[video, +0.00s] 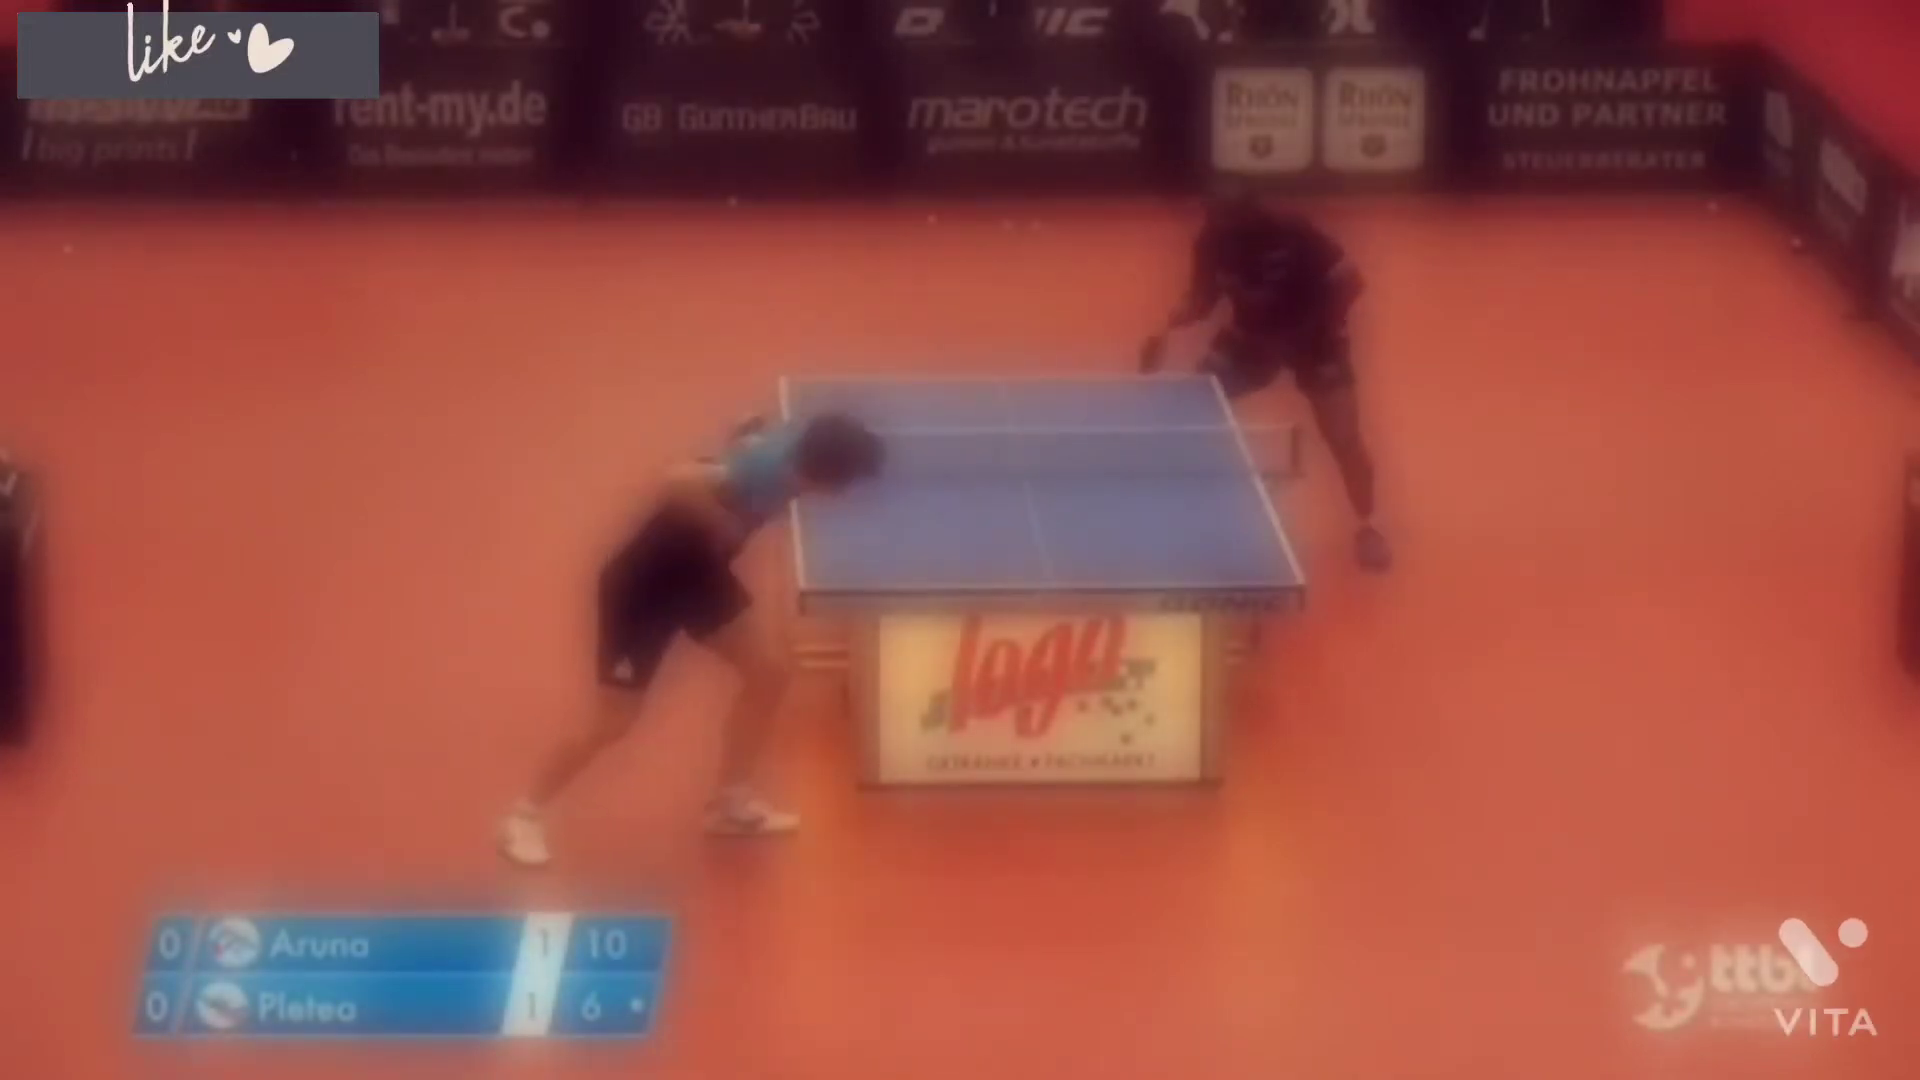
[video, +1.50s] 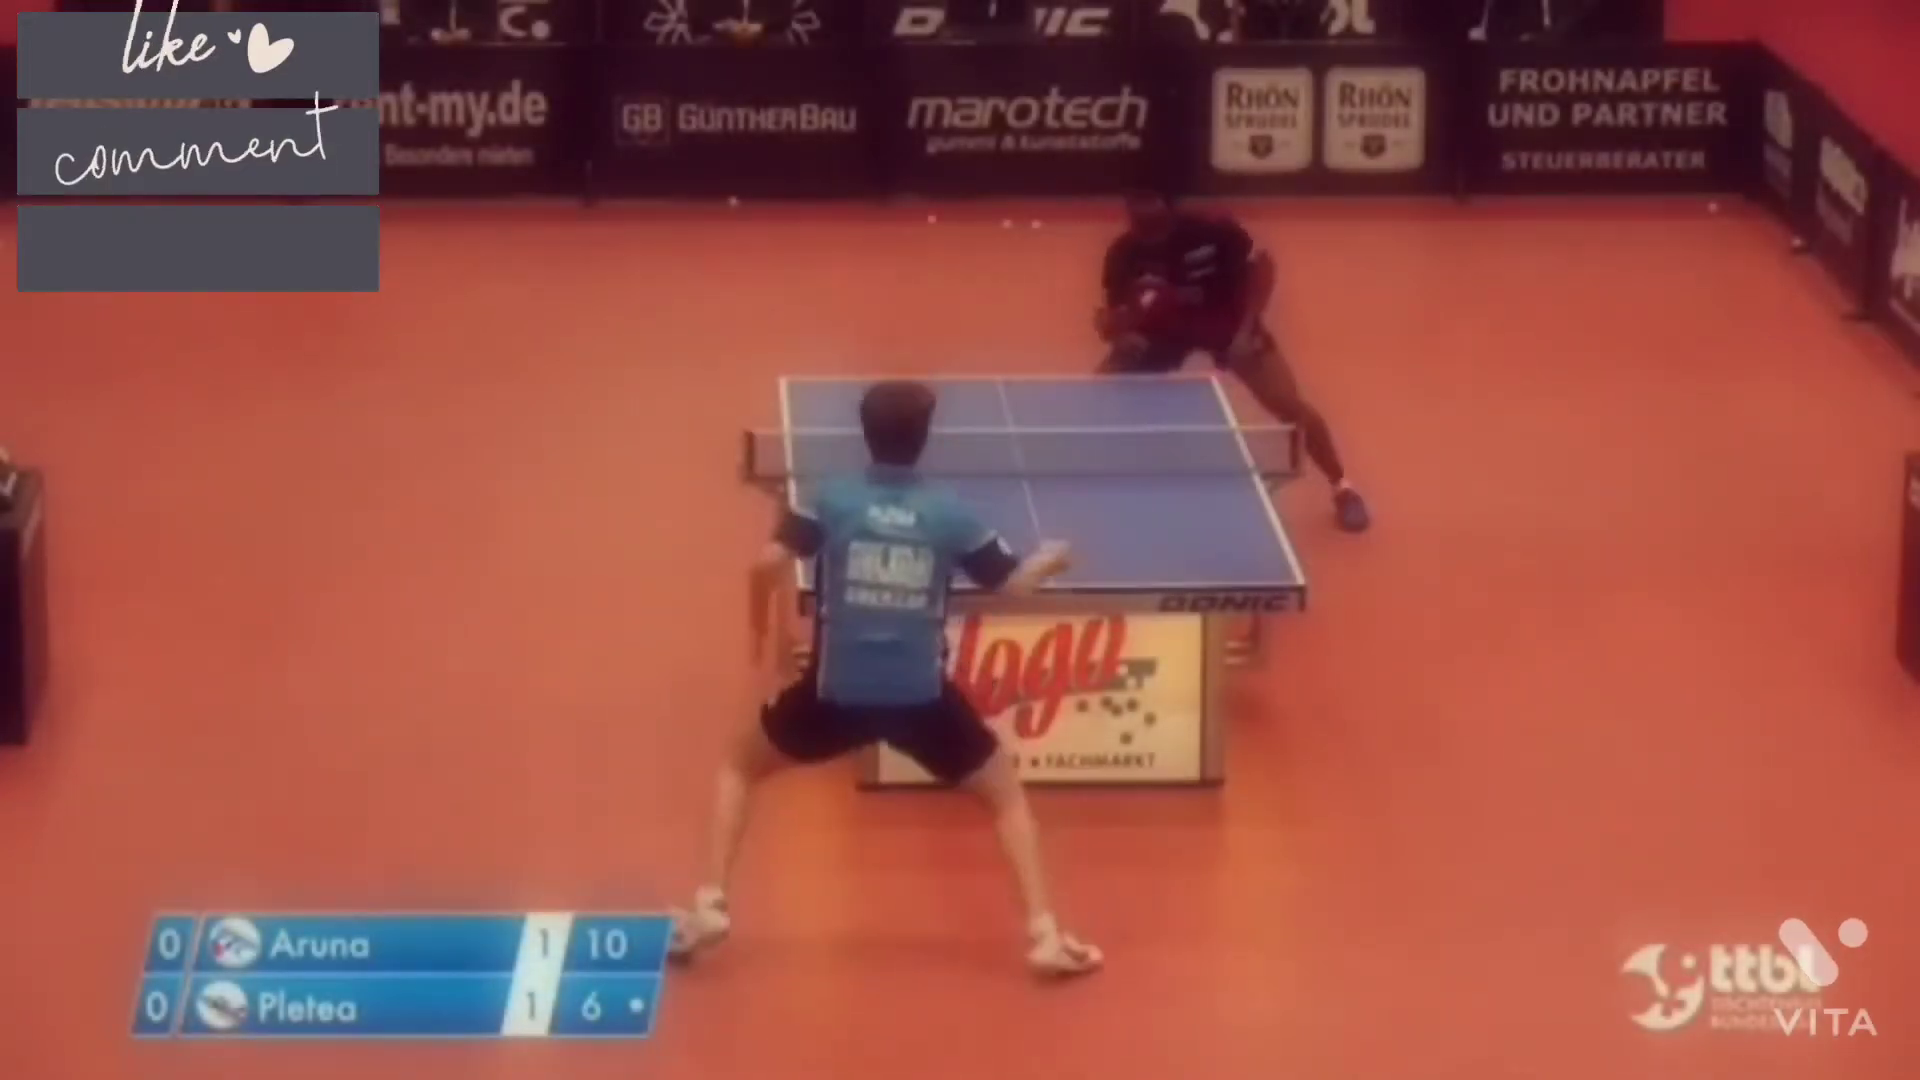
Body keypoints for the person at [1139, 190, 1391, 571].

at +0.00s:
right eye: (1216, 220)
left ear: (1248, 217)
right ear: (1216, 220)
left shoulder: (1296, 234)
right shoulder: (1215, 241)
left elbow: (1349, 281)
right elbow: (1202, 301)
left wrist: (1323, 329)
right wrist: (1162, 334)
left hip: (1313, 339)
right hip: (1250, 338)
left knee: (1344, 438)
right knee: (1188, 411)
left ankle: (1366, 524)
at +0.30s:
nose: (1201, 223)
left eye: (1208, 212)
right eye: (1196, 214)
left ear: (1228, 206)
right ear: (1192, 214)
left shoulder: (1285, 232)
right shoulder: (1205, 255)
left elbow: (1350, 269)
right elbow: (1179, 336)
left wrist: (1334, 338)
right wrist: (1126, 344)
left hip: (1311, 360)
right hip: (1248, 362)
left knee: (1338, 459)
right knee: (1195, 443)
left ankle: (1384, 542)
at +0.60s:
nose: (1116, 252)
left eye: (1121, 242)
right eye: (1109, 246)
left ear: (1139, 235)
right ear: (1103, 248)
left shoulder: (1190, 243)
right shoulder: (1111, 290)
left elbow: (1254, 246)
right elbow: (1105, 355)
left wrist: (1297, 307)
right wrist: (1093, 377)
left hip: (1234, 372)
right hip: (1171, 389)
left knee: (1297, 455)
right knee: (1178, 481)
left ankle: (1370, 537)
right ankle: (1186, 581)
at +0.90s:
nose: (1087, 225)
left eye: (1094, 214)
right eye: (1078, 217)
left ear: (1109, 208)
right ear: (1067, 217)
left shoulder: (1148, 227)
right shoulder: (1059, 261)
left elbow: (1213, 238)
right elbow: (1060, 318)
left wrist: (1241, 312)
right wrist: (1053, 359)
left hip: (1177, 347)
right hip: (1110, 355)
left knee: (1205, 433)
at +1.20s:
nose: (1112, 211)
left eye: (1120, 201)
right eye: (1104, 203)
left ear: (1135, 195)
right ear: (1094, 202)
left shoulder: (1174, 223)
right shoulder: (1090, 232)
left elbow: (1233, 265)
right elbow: (1072, 279)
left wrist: (1224, 334)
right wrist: (1051, 321)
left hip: (1195, 320)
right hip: (1128, 323)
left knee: (1258, 405)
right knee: (1072, 395)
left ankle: (1283, 490)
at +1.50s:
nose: (1144, 216)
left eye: (1151, 205)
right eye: (1135, 207)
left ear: (1169, 202)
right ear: (1128, 208)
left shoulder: (1215, 233)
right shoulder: (1124, 253)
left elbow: (1261, 268)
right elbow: (1109, 324)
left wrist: (1247, 325)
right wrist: (1136, 312)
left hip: (1226, 329)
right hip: (1160, 334)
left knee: (1288, 405)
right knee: (1101, 395)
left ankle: (1340, 486)